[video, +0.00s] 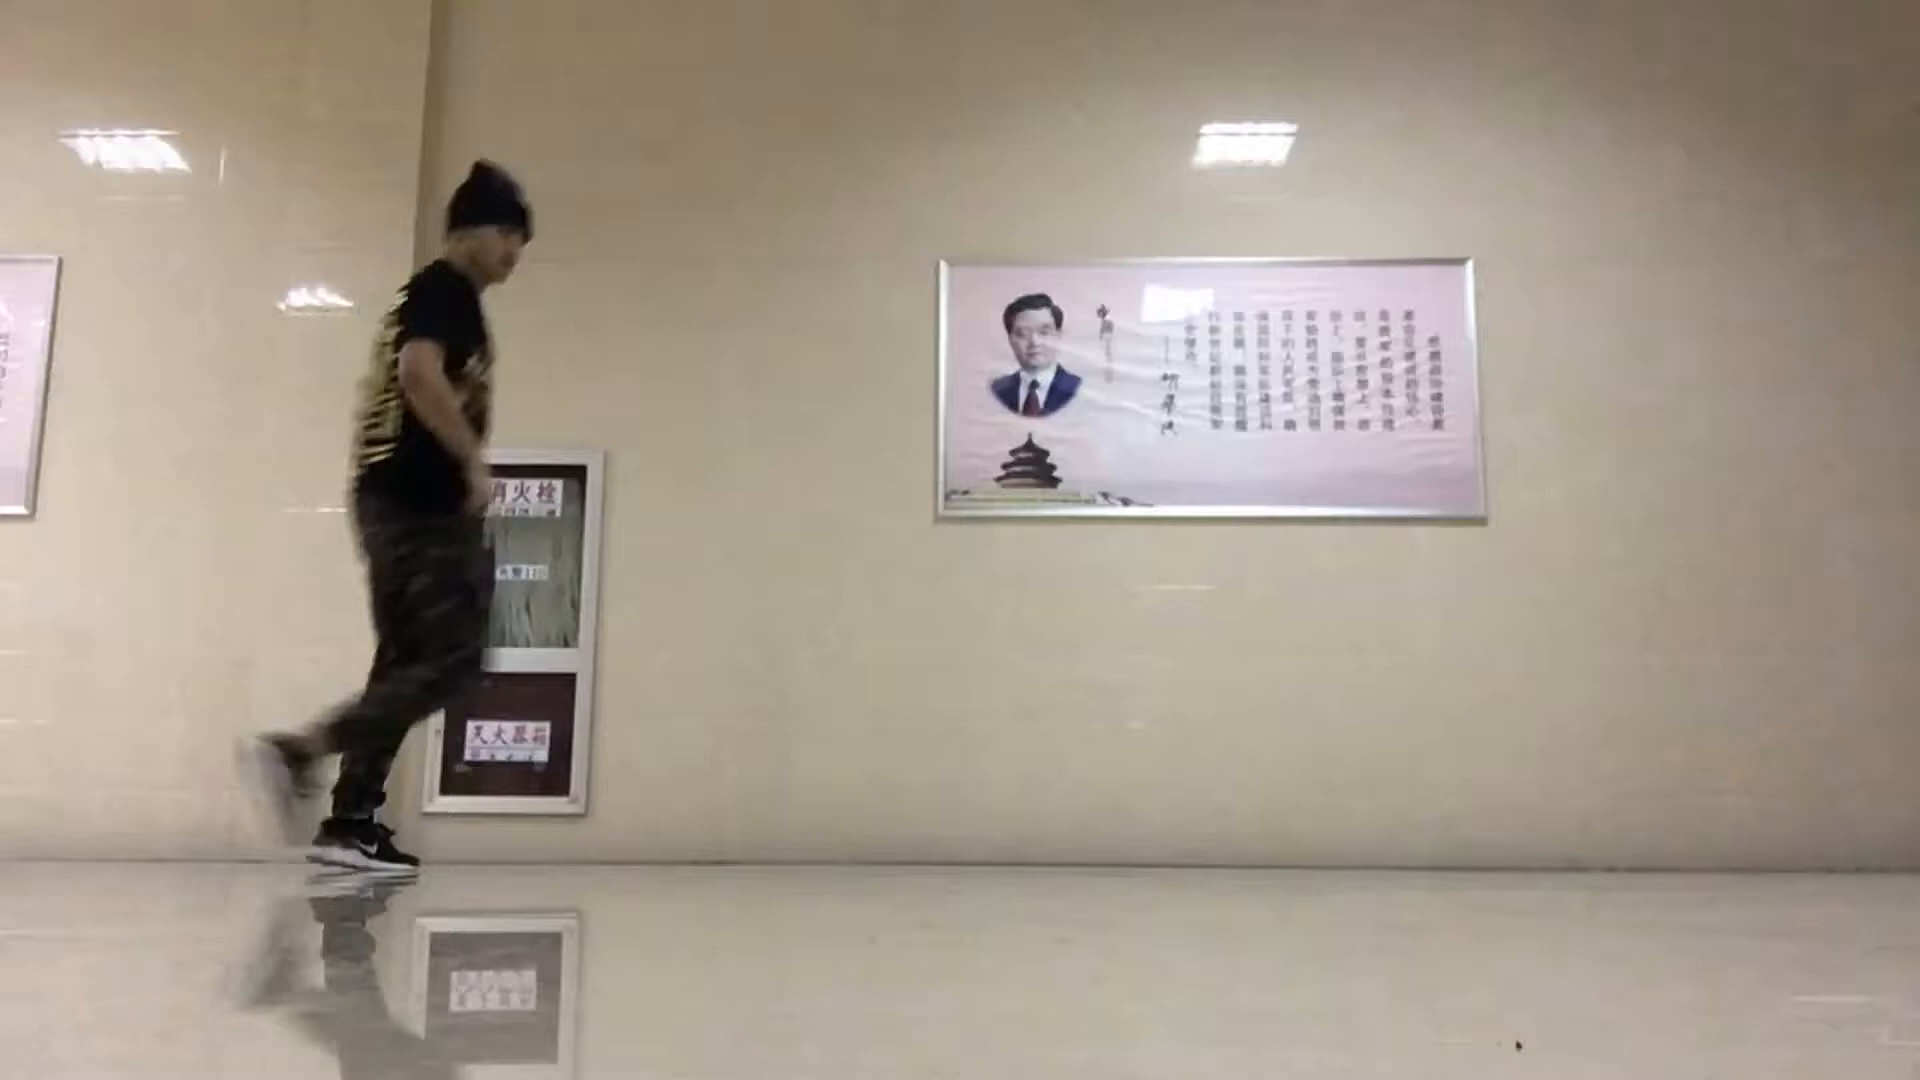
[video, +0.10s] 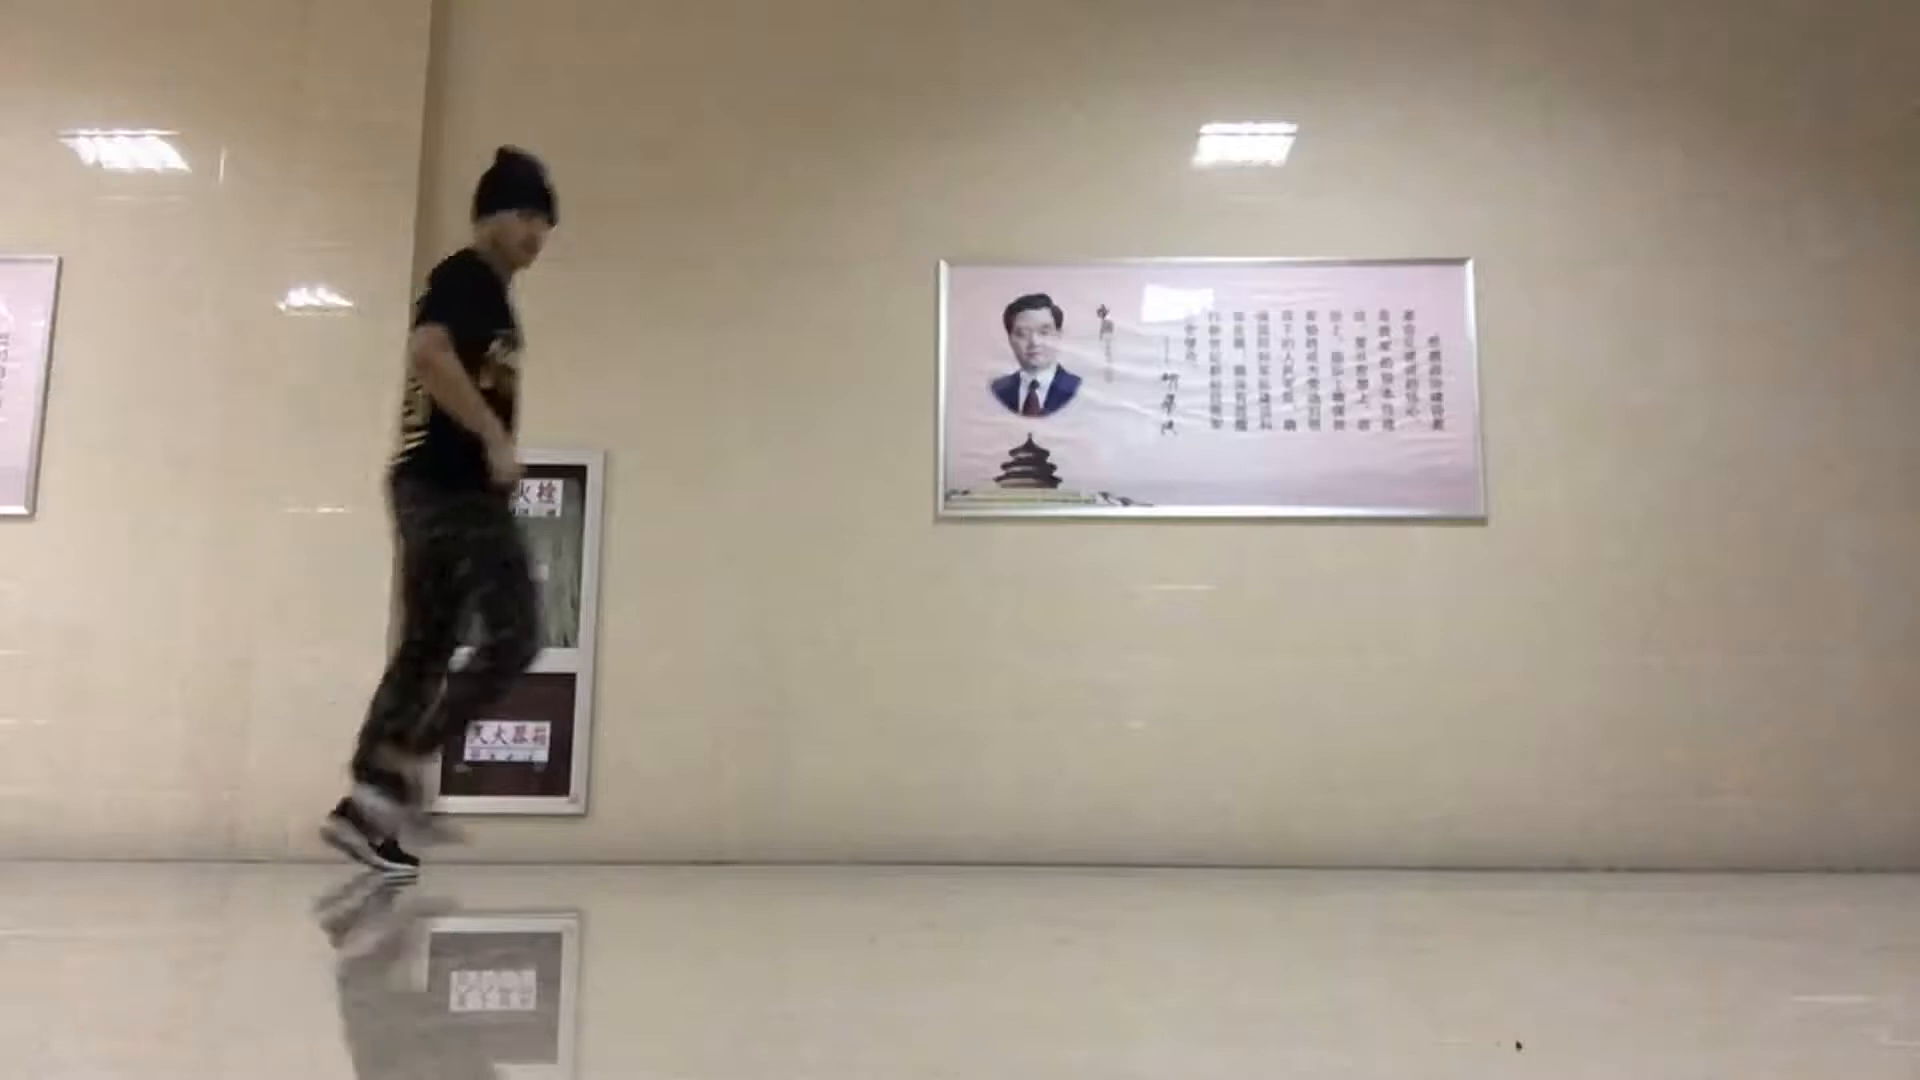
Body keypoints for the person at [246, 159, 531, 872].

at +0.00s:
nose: (517, 255)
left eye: (521, 242)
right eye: (513, 238)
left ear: (468, 231)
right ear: (478, 230)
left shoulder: (435, 292)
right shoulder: (446, 287)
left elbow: (410, 390)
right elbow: (418, 373)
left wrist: (457, 467)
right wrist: (473, 460)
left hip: (396, 495)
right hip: (419, 499)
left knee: (406, 656)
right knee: (452, 659)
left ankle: (353, 821)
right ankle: (301, 750)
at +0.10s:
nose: (540, 239)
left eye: (545, 227)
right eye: (533, 222)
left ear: (512, 224)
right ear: (496, 215)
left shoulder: (484, 287)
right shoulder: (465, 278)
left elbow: (455, 375)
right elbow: (431, 354)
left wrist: (491, 448)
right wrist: (492, 433)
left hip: (436, 485)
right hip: (450, 486)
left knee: (426, 640)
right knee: (513, 636)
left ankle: (372, 797)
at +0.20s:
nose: (581, 240)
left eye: (586, 228)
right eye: (573, 225)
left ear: (566, 231)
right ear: (537, 222)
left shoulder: (538, 295)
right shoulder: (508, 284)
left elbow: (516, 386)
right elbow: (462, 364)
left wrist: (539, 457)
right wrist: (521, 448)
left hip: (490, 487)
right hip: (494, 487)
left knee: (474, 644)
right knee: (572, 631)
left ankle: (392, 797)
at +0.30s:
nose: (623, 280)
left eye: (628, 268)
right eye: (616, 265)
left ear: (607, 266)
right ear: (582, 261)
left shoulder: (579, 339)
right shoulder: (548, 331)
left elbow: (565, 429)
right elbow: (501, 419)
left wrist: (603, 479)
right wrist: (556, 506)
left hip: (524, 525)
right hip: (536, 524)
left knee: (489, 675)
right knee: (621, 656)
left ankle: (406, 819)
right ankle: (687, 801)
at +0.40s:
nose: (669, 299)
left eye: (676, 285)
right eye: (657, 284)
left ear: (680, 293)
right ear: (623, 287)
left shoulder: (639, 369)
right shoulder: (601, 362)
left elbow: (624, 470)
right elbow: (557, 468)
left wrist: (680, 497)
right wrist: (605, 547)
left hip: (597, 562)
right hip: (596, 562)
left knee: (532, 694)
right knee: (676, 691)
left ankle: (417, 813)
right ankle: (741, 825)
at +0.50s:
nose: (717, 296)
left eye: (725, 282)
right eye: (702, 283)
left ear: (735, 288)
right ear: (672, 287)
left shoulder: (718, 368)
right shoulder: (646, 361)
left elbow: (706, 446)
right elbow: (606, 460)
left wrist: (745, 473)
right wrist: (664, 532)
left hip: (682, 553)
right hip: (651, 554)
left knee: (653, 707)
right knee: (735, 668)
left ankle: (521, 778)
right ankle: (752, 826)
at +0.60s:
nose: (762, 305)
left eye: (770, 291)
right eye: (747, 291)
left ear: (779, 298)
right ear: (716, 298)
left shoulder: (778, 379)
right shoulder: (685, 377)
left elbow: (813, 472)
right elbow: (651, 475)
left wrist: (806, 454)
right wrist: (721, 541)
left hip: (758, 560)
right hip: (707, 564)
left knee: (776, 701)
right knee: (789, 680)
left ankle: (648, 779)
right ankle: (764, 830)